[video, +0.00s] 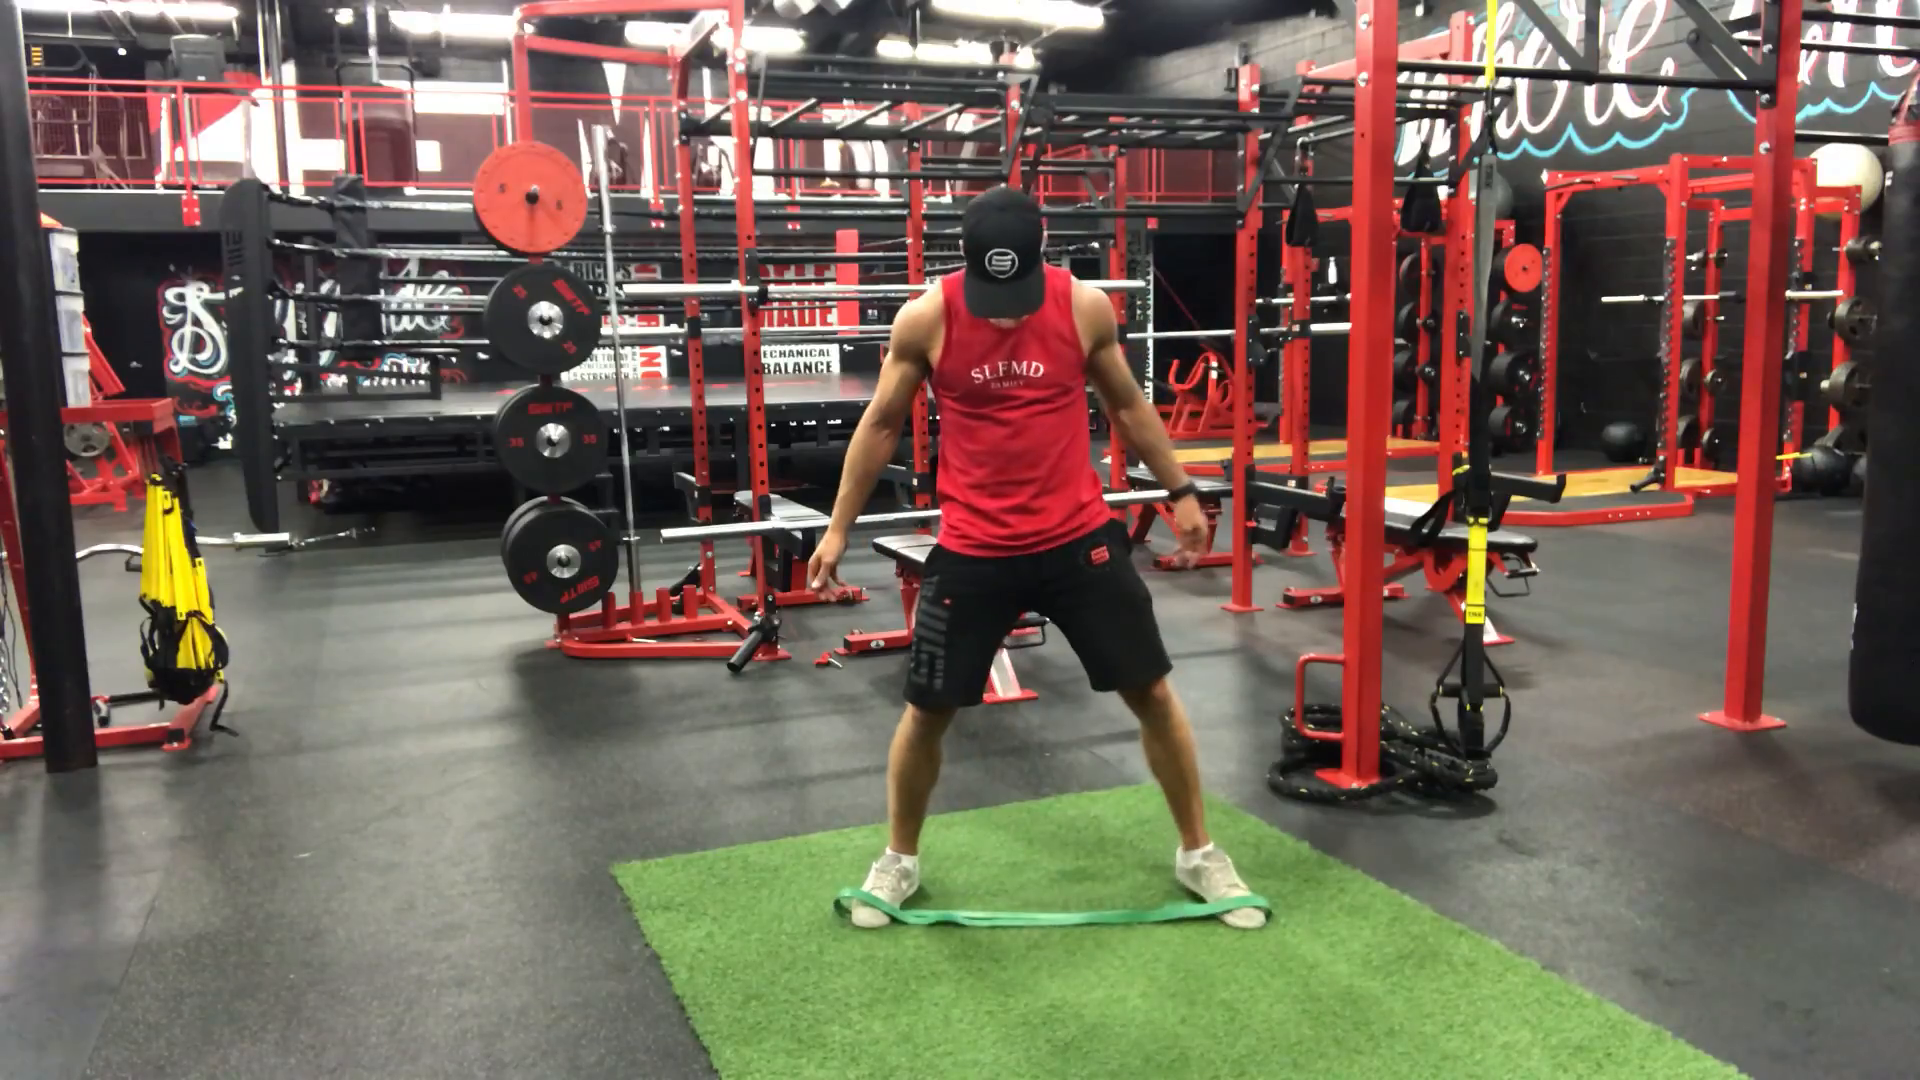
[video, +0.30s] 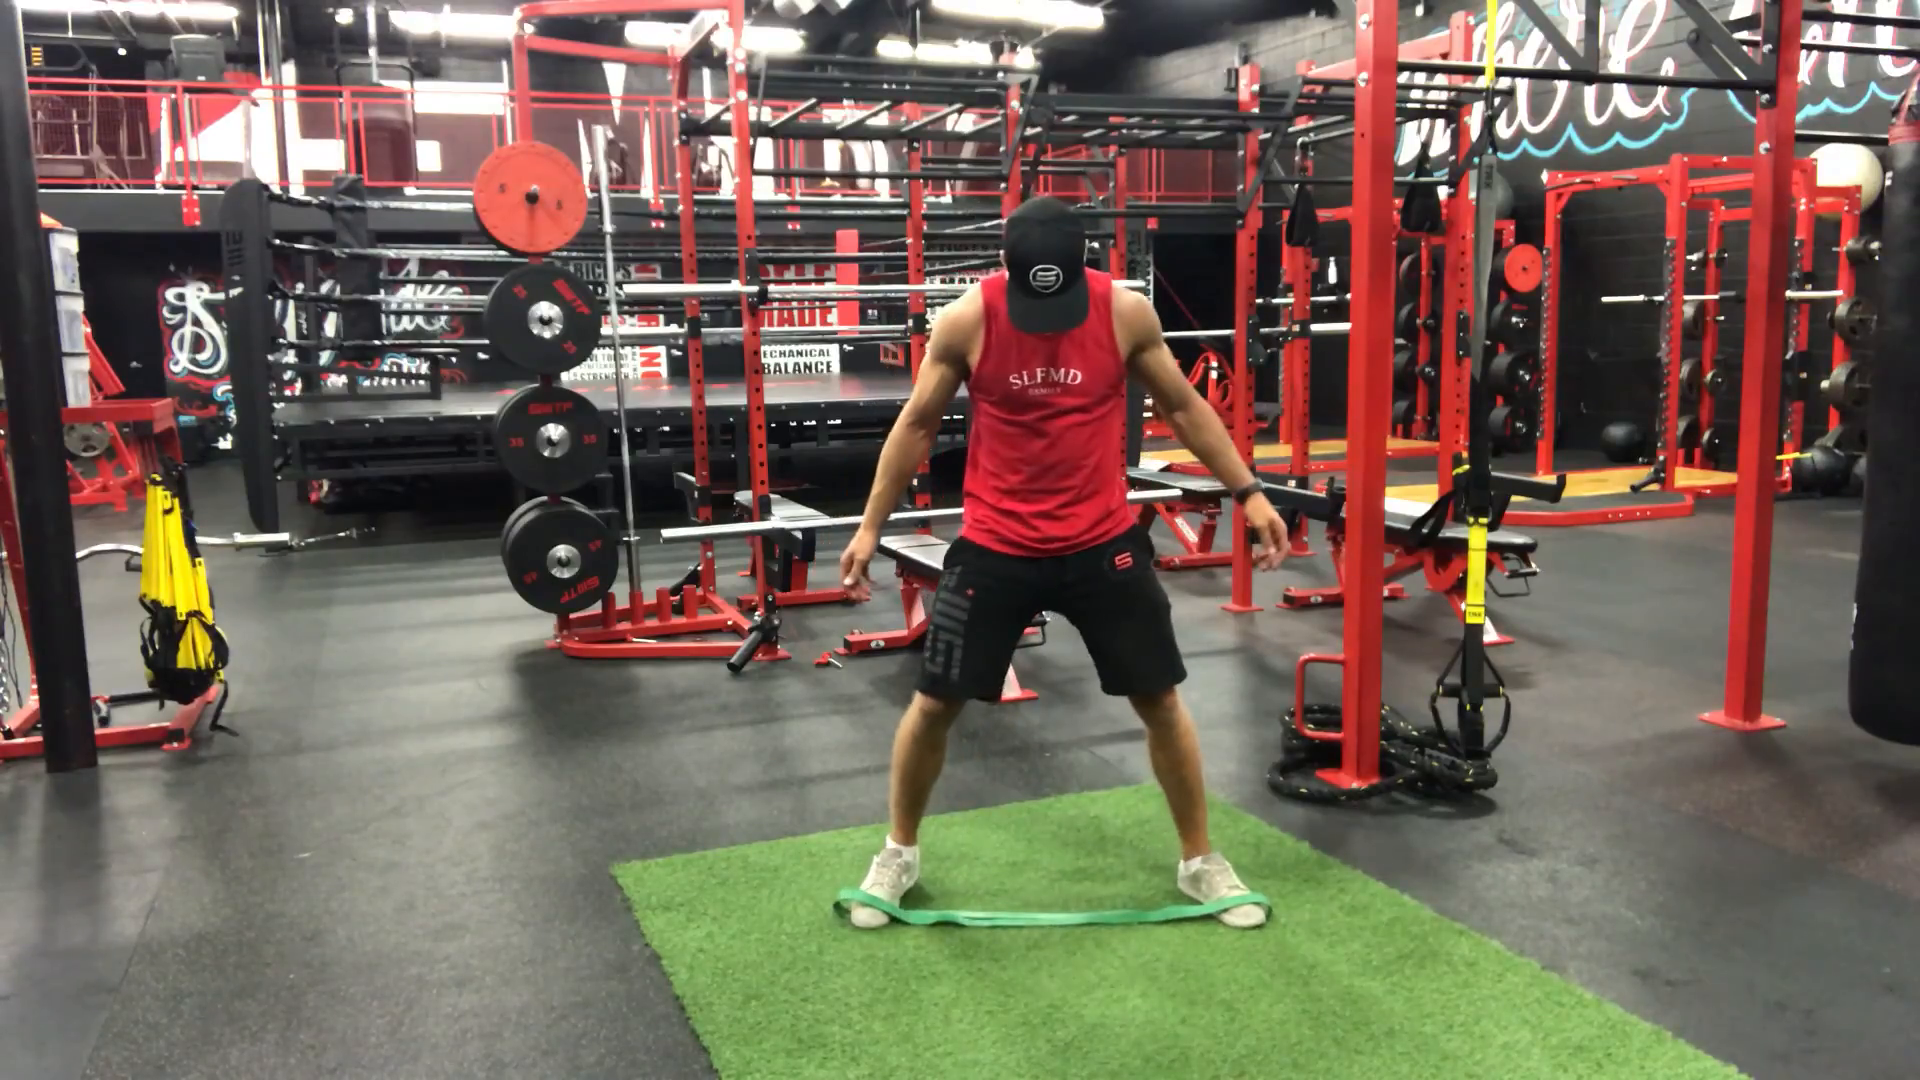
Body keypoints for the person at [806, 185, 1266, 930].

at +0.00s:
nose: (1004, 304)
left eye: (1018, 287)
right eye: (991, 288)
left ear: (1041, 258)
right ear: (967, 261)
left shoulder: (1085, 309)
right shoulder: (926, 319)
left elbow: (1129, 402)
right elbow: (878, 423)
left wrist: (1180, 493)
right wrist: (837, 526)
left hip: (1080, 539)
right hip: (973, 551)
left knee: (1152, 692)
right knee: (926, 711)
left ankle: (1199, 850)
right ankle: (899, 859)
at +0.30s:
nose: (1045, 310)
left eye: (1059, 295)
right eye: (1032, 296)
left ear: (1083, 268)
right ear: (1007, 268)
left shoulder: (1126, 315)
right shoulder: (965, 323)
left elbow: (1184, 406)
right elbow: (914, 424)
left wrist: (1250, 492)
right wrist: (869, 525)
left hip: (1104, 543)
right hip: (994, 546)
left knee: (1160, 700)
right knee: (934, 702)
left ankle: (1200, 859)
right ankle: (898, 850)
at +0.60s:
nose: (1030, 311)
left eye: (1044, 295)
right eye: (1017, 295)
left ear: (1067, 270)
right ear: (992, 265)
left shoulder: (1108, 319)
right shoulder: (947, 324)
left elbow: (1166, 410)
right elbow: (897, 428)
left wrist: (1236, 492)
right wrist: (855, 533)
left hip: (1091, 548)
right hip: (981, 555)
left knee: (1165, 697)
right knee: (928, 712)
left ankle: (1209, 854)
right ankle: (890, 868)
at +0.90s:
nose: (1051, 324)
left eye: (1066, 308)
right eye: (1038, 308)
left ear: (1094, 282)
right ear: (1016, 279)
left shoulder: (1138, 331)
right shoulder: (975, 333)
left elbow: (1205, 421)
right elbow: (911, 431)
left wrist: (1269, 508)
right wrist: (857, 530)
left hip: (1114, 551)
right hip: (1003, 552)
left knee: (1180, 708)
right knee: (934, 707)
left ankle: (1219, 866)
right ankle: (884, 859)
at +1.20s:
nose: (1064, 331)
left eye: (1079, 313)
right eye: (1051, 314)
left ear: (1105, 284)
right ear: (1027, 283)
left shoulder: (1143, 338)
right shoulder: (982, 339)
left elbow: (1225, 415)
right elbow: (905, 433)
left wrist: (1292, 484)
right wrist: (851, 538)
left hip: (1109, 550)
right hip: (1000, 556)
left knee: (1181, 701)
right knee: (936, 712)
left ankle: (1234, 864)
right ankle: (876, 864)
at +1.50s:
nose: (1063, 313)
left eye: (1079, 297)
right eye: (1050, 296)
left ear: (1105, 272)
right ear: (1026, 267)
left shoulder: (1139, 332)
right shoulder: (982, 327)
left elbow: (1224, 409)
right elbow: (910, 423)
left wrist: (1276, 470)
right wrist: (877, 516)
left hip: (1111, 551)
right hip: (1001, 555)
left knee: (1185, 702)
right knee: (932, 711)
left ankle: (1238, 865)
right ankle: (874, 863)